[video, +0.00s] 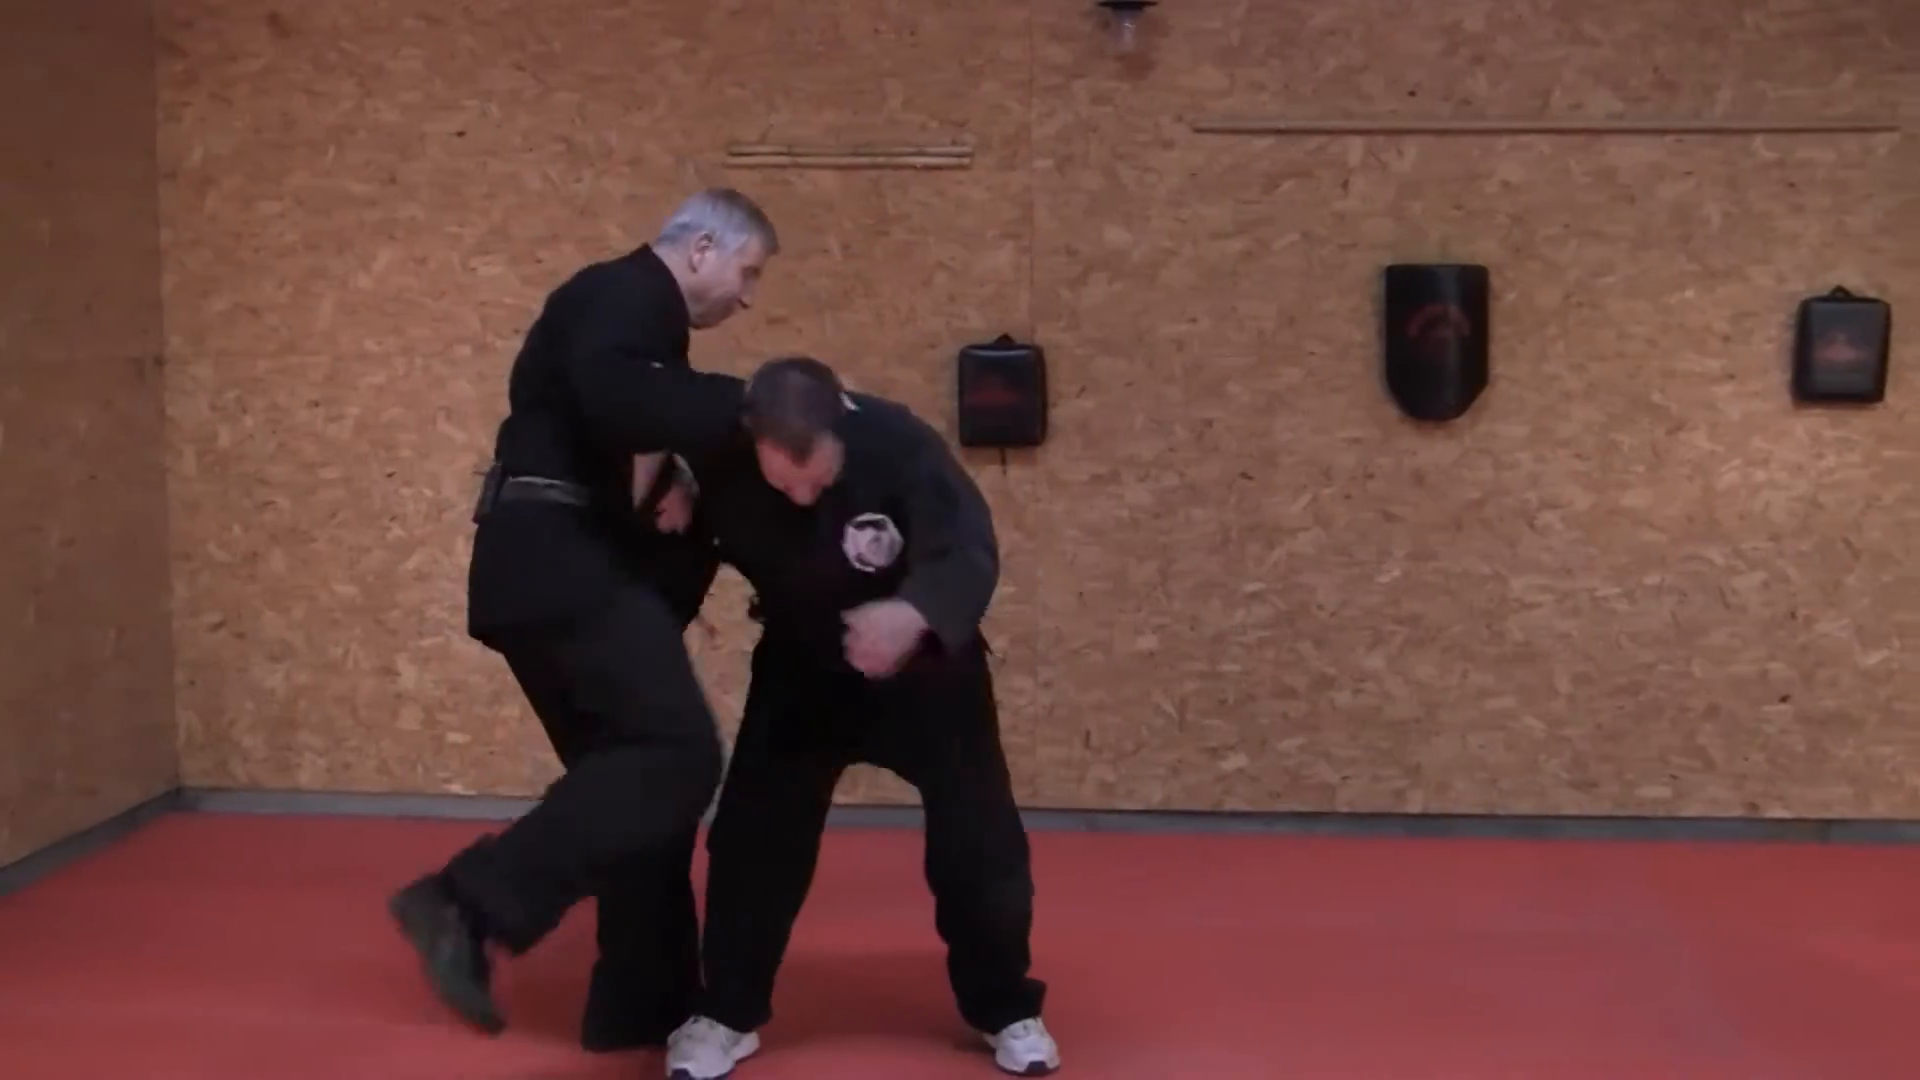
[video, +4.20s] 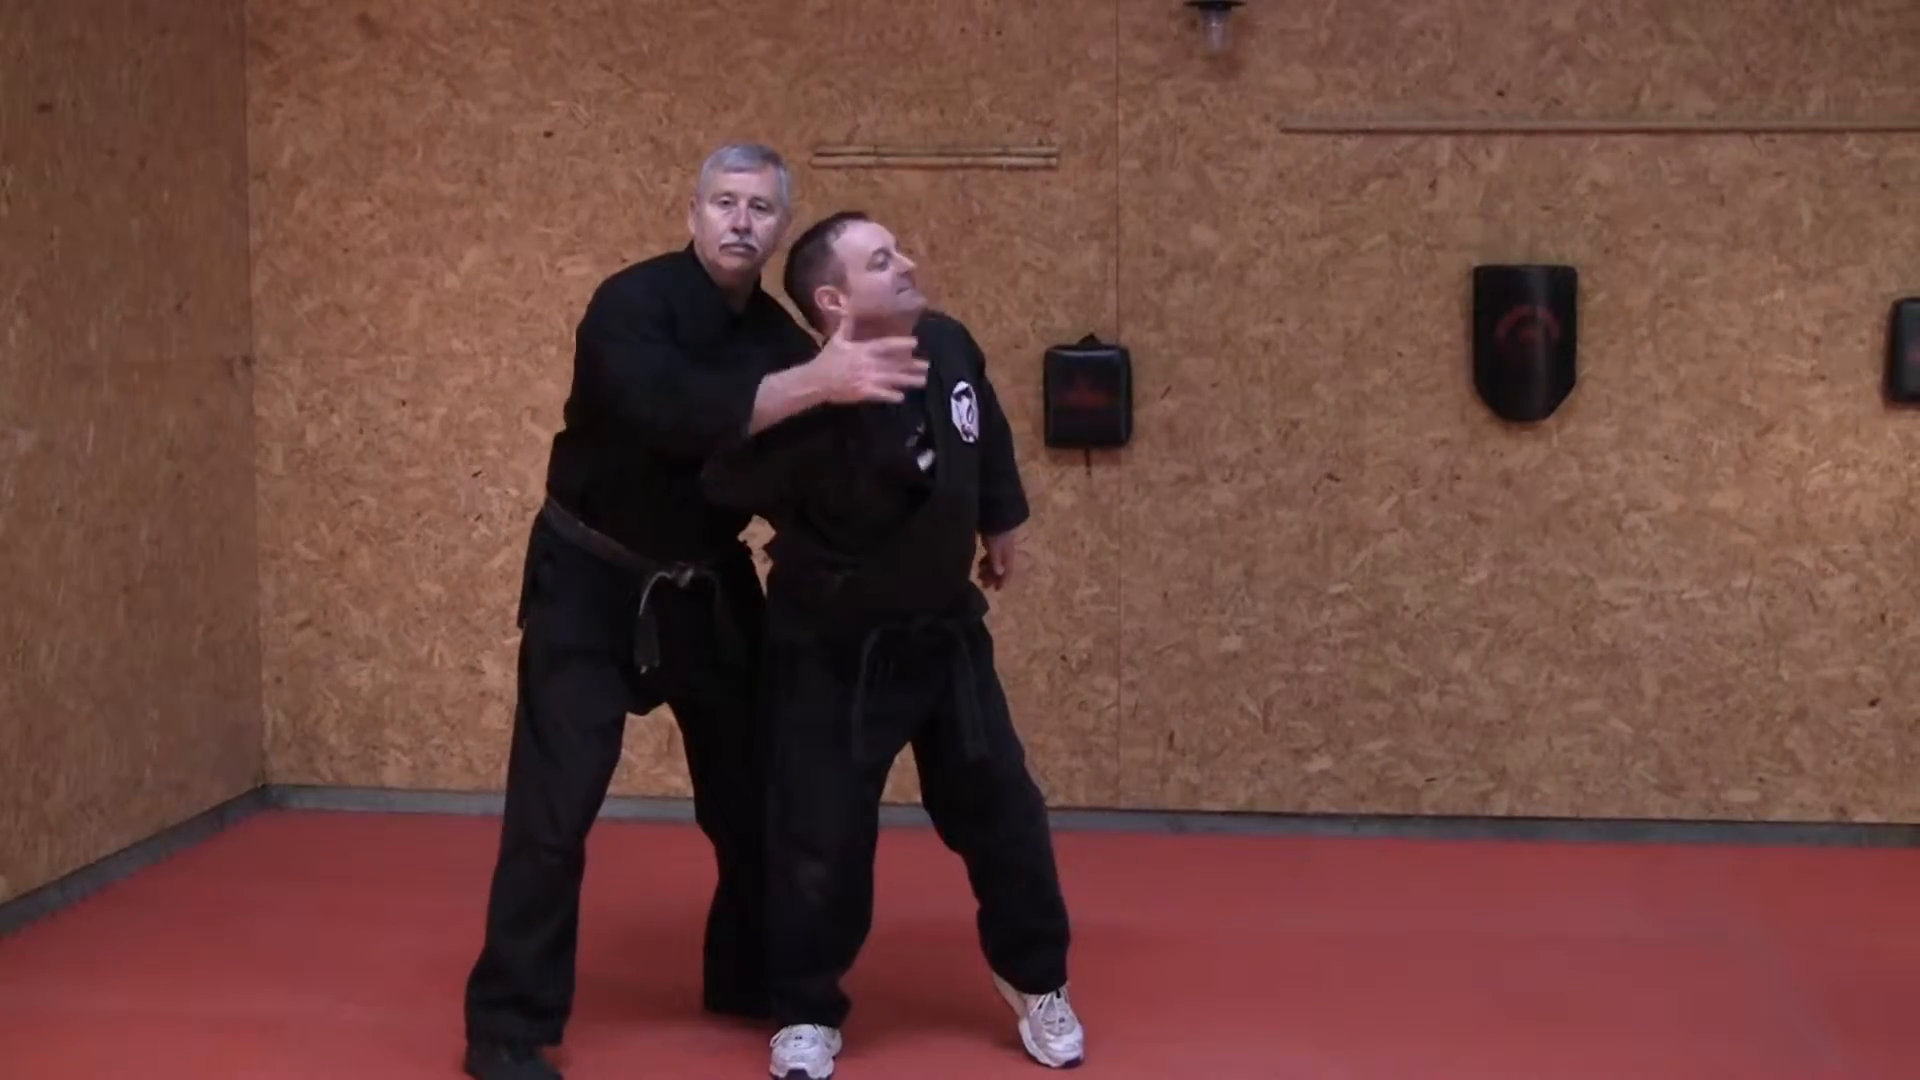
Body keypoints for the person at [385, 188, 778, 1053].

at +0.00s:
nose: (746, 299)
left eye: (754, 280)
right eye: (747, 275)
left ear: (689, 245)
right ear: (702, 249)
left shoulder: (620, 308)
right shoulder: (628, 293)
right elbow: (617, 392)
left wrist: (675, 482)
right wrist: (751, 406)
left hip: (538, 560)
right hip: (559, 557)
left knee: (628, 773)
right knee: (678, 754)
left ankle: (641, 1009)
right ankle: (463, 903)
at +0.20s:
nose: (758, 282)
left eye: (764, 264)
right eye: (756, 259)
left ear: (705, 239)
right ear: (706, 236)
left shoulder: (668, 318)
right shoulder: (636, 290)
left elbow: (660, 474)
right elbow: (686, 407)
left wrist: (735, 553)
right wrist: (826, 419)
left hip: (615, 583)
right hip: (548, 579)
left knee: (676, 772)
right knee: (544, 817)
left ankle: (672, 1000)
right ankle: (444, 1052)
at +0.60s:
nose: (794, 297)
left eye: (800, 279)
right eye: (787, 275)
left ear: (741, 260)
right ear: (734, 254)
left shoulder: (721, 353)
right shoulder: (663, 330)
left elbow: (738, 470)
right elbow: (696, 469)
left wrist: (798, 445)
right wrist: (834, 491)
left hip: (659, 604)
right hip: (571, 602)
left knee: (750, 774)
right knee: (602, 834)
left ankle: (751, 972)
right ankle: (497, 1058)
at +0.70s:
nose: (793, 285)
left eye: (801, 266)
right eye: (785, 263)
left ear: (762, 251)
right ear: (732, 240)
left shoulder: (765, 325)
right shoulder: (651, 323)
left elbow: (849, 428)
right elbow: (690, 465)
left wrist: (830, 427)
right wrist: (822, 497)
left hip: (694, 584)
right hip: (594, 588)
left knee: (776, 775)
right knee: (591, 829)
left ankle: (774, 979)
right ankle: (515, 1056)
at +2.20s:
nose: (777, 224)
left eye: (794, 212)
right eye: (758, 207)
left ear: (814, 233)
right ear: (718, 226)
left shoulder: (819, 318)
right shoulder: (668, 320)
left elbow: (865, 453)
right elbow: (694, 454)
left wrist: (831, 352)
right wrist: (784, 351)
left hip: (757, 578)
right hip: (640, 579)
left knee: (805, 781)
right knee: (612, 812)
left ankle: (785, 978)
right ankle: (546, 1036)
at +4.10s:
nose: (742, 219)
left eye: (761, 207)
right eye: (725, 202)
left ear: (782, 229)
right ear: (692, 215)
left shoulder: (783, 329)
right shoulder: (630, 305)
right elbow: (678, 403)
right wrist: (828, 355)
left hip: (710, 579)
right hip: (591, 575)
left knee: (754, 791)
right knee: (555, 813)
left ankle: (748, 980)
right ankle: (511, 1037)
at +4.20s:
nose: (742, 219)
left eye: (762, 208)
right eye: (726, 202)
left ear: (783, 229)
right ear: (693, 214)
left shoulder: (786, 342)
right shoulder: (629, 304)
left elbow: (823, 467)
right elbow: (661, 410)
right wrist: (813, 384)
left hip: (707, 578)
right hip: (589, 572)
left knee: (752, 791)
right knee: (554, 809)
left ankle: (748, 980)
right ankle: (512, 1034)